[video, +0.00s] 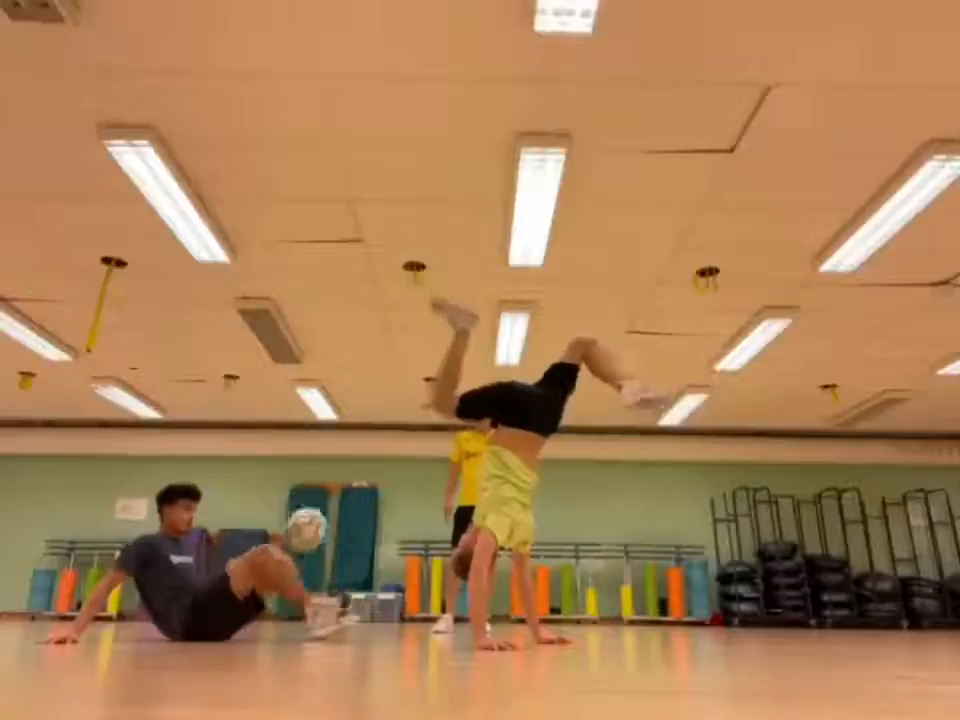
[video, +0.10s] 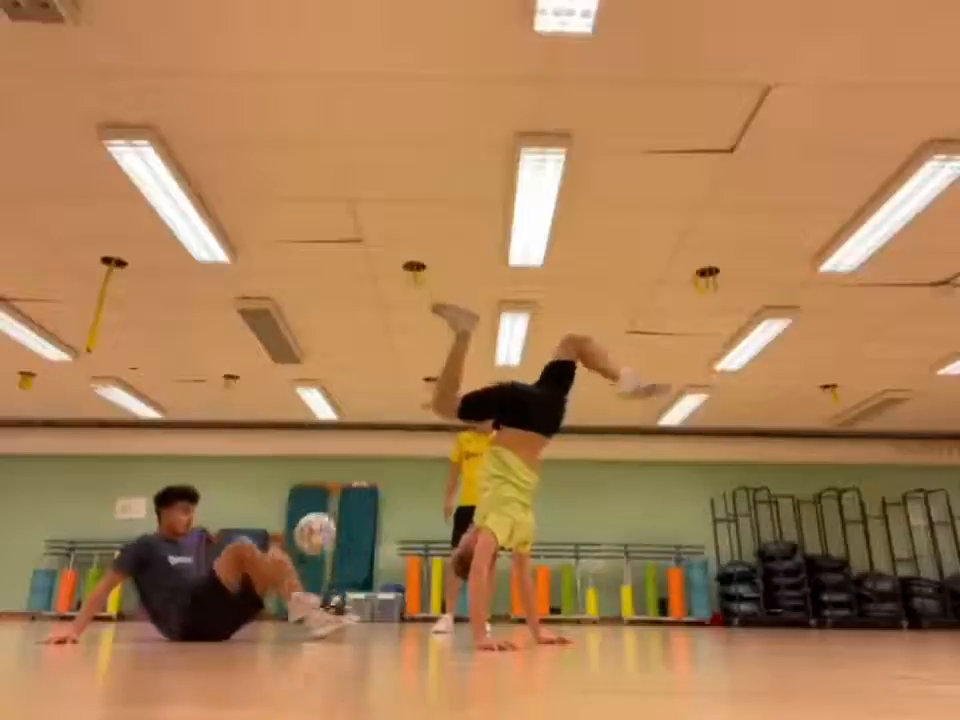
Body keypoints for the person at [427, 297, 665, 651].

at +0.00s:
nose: (478, 558)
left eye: (470, 557)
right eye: (474, 557)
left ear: (468, 549)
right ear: (469, 544)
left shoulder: (519, 533)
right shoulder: (490, 528)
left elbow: (524, 585)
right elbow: (480, 577)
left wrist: (537, 633)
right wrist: (481, 637)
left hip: (543, 416)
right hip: (516, 407)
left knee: (582, 345)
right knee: (444, 405)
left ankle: (629, 388)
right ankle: (462, 332)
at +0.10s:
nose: (476, 557)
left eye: (470, 556)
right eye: (473, 555)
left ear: (468, 550)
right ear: (471, 543)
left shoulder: (521, 535)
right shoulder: (489, 529)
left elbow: (524, 585)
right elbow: (479, 577)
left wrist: (537, 632)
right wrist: (481, 636)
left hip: (544, 418)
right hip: (517, 409)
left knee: (573, 344)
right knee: (445, 407)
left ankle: (625, 379)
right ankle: (462, 334)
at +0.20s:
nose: (476, 556)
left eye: (472, 558)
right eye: (474, 556)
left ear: (469, 553)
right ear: (472, 547)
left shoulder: (519, 537)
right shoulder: (488, 533)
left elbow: (524, 586)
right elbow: (479, 580)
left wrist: (538, 633)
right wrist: (481, 636)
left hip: (546, 416)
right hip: (518, 410)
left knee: (565, 343)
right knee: (446, 408)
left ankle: (627, 365)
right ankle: (463, 335)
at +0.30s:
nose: (479, 557)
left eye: (473, 558)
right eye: (475, 556)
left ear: (470, 551)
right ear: (472, 546)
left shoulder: (521, 536)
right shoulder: (489, 532)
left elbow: (525, 586)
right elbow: (480, 580)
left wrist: (537, 634)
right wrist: (481, 636)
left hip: (550, 416)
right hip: (523, 410)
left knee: (560, 342)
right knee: (448, 411)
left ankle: (634, 348)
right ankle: (464, 337)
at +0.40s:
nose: (480, 559)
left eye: (474, 558)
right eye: (476, 557)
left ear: (470, 546)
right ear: (474, 546)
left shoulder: (519, 535)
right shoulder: (494, 530)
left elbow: (526, 587)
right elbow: (483, 578)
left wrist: (537, 634)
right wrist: (481, 637)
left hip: (551, 411)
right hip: (529, 410)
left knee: (559, 341)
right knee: (450, 413)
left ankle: (631, 337)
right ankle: (464, 339)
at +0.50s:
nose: (479, 558)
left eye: (473, 557)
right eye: (475, 556)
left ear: (471, 550)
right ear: (473, 545)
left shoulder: (522, 536)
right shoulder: (492, 530)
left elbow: (526, 586)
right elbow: (483, 579)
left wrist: (537, 633)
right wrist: (481, 637)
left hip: (553, 413)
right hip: (529, 409)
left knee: (557, 342)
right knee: (451, 414)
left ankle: (629, 336)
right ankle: (464, 338)